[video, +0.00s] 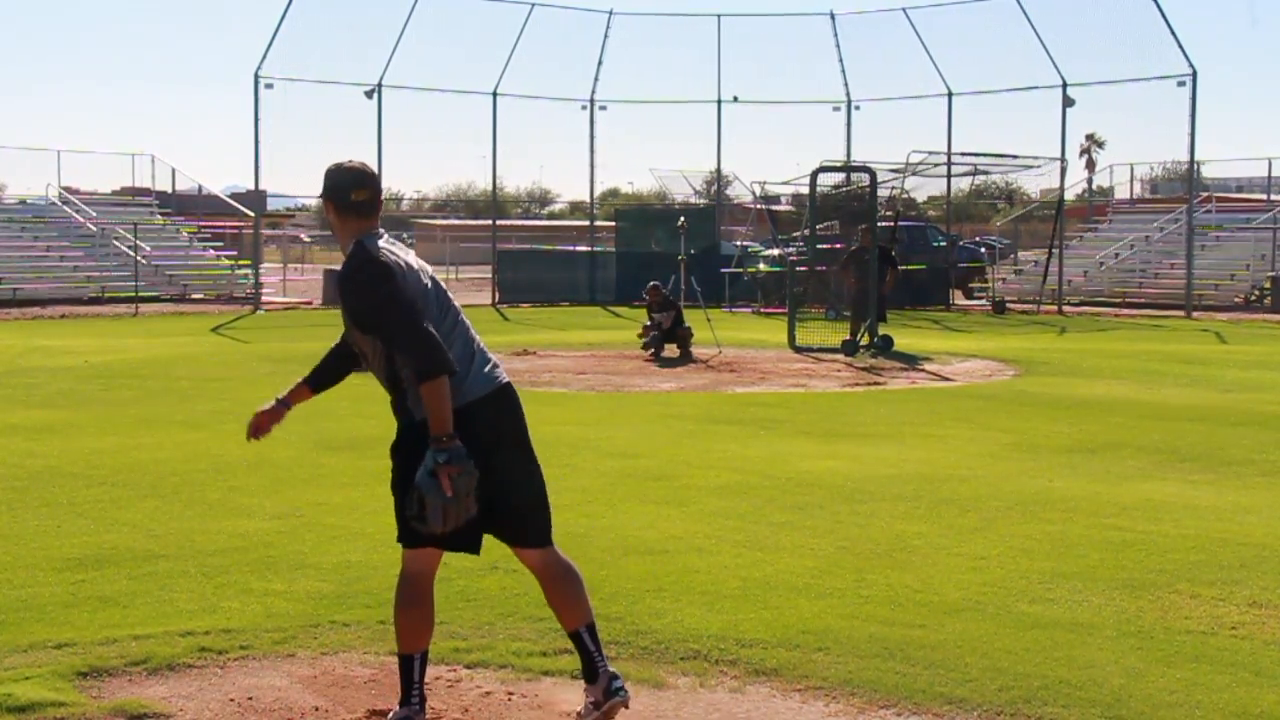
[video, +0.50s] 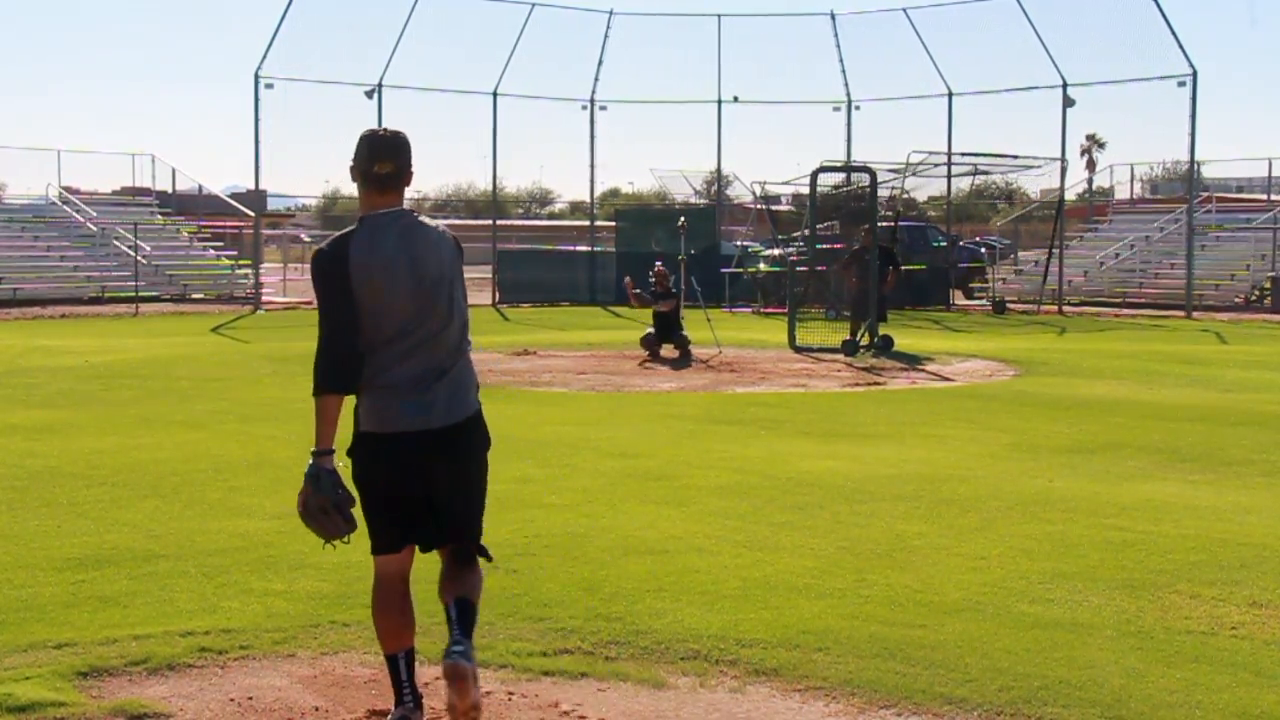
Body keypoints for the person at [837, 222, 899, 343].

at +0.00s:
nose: (865, 239)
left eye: (868, 236)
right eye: (863, 236)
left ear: (873, 237)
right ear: (860, 237)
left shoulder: (883, 252)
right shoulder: (855, 252)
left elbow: (894, 268)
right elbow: (843, 268)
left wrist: (888, 284)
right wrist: (850, 281)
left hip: (877, 289)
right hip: (860, 288)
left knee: (874, 316)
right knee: (856, 316)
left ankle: (872, 341)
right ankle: (852, 340)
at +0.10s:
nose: (865, 239)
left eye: (867, 236)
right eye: (863, 236)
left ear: (873, 237)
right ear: (859, 238)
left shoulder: (883, 252)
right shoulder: (856, 252)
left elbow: (893, 268)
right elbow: (843, 267)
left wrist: (887, 285)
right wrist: (850, 282)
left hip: (877, 289)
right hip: (860, 288)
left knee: (874, 317)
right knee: (856, 317)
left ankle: (872, 342)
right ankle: (852, 341)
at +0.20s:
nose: (864, 239)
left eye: (866, 236)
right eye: (862, 236)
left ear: (873, 237)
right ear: (859, 237)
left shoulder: (882, 251)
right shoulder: (856, 252)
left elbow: (894, 266)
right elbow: (842, 267)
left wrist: (888, 284)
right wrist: (850, 281)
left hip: (877, 289)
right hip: (860, 288)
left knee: (874, 317)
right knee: (856, 317)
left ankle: (873, 341)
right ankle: (852, 340)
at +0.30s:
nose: (864, 239)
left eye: (866, 236)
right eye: (862, 236)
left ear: (873, 237)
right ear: (859, 237)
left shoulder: (882, 251)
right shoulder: (856, 252)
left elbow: (894, 265)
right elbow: (842, 266)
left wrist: (888, 283)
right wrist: (850, 280)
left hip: (877, 288)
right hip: (860, 288)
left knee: (874, 317)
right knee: (856, 317)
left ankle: (872, 342)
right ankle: (852, 341)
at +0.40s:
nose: (865, 239)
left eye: (867, 236)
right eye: (863, 236)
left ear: (873, 237)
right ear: (861, 237)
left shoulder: (884, 251)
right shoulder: (857, 252)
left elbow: (895, 267)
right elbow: (844, 267)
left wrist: (888, 284)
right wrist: (850, 281)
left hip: (877, 289)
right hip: (860, 288)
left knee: (874, 316)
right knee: (856, 316)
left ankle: (873, 341)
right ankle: (852, 340)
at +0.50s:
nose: (866, 239)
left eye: (869, 236)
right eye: (865, 236)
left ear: (875, 237)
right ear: (862, 237)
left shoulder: (886, 252)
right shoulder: (857, 252)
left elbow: (896, 268)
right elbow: (845, 267)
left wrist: (889, 284)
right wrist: (850, 281)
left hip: (878, 289)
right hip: (861, 288)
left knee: (875, 316)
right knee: (856, 316)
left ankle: (873, 341)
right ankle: (852, 340)